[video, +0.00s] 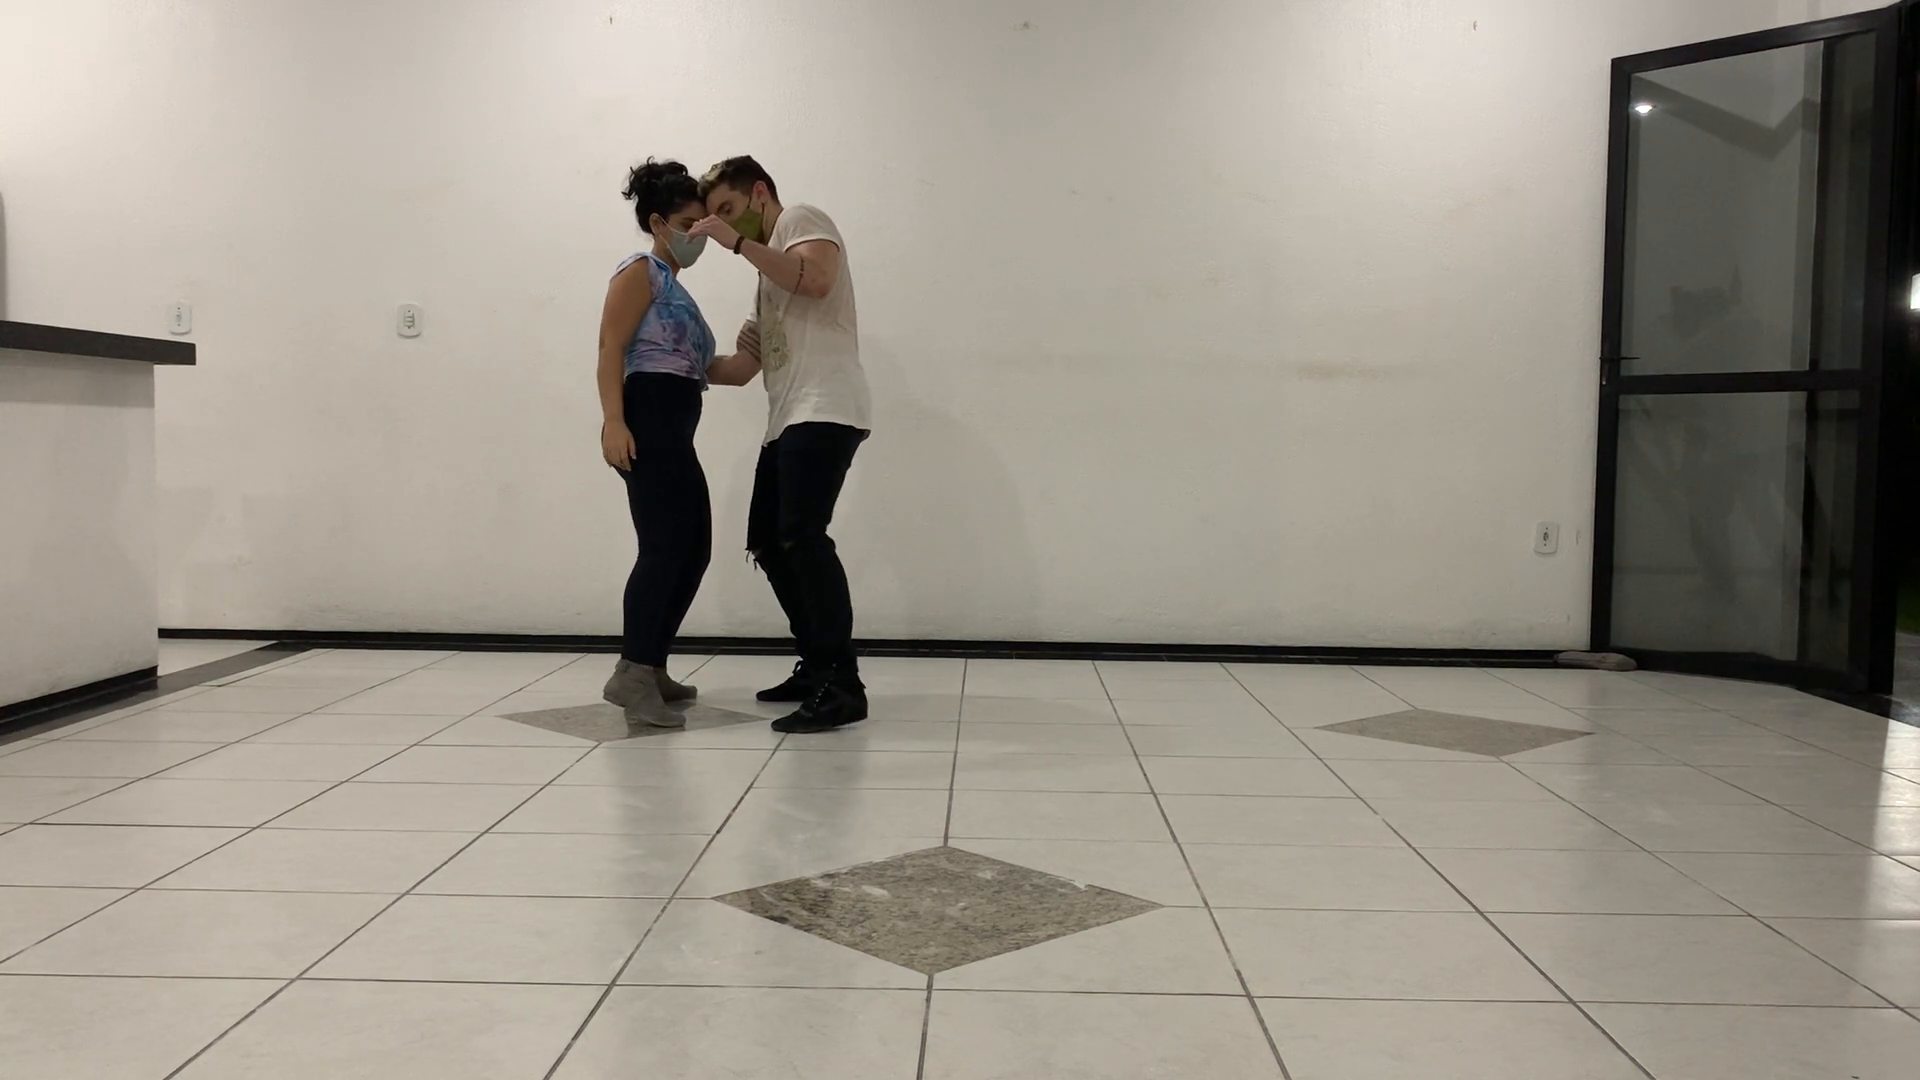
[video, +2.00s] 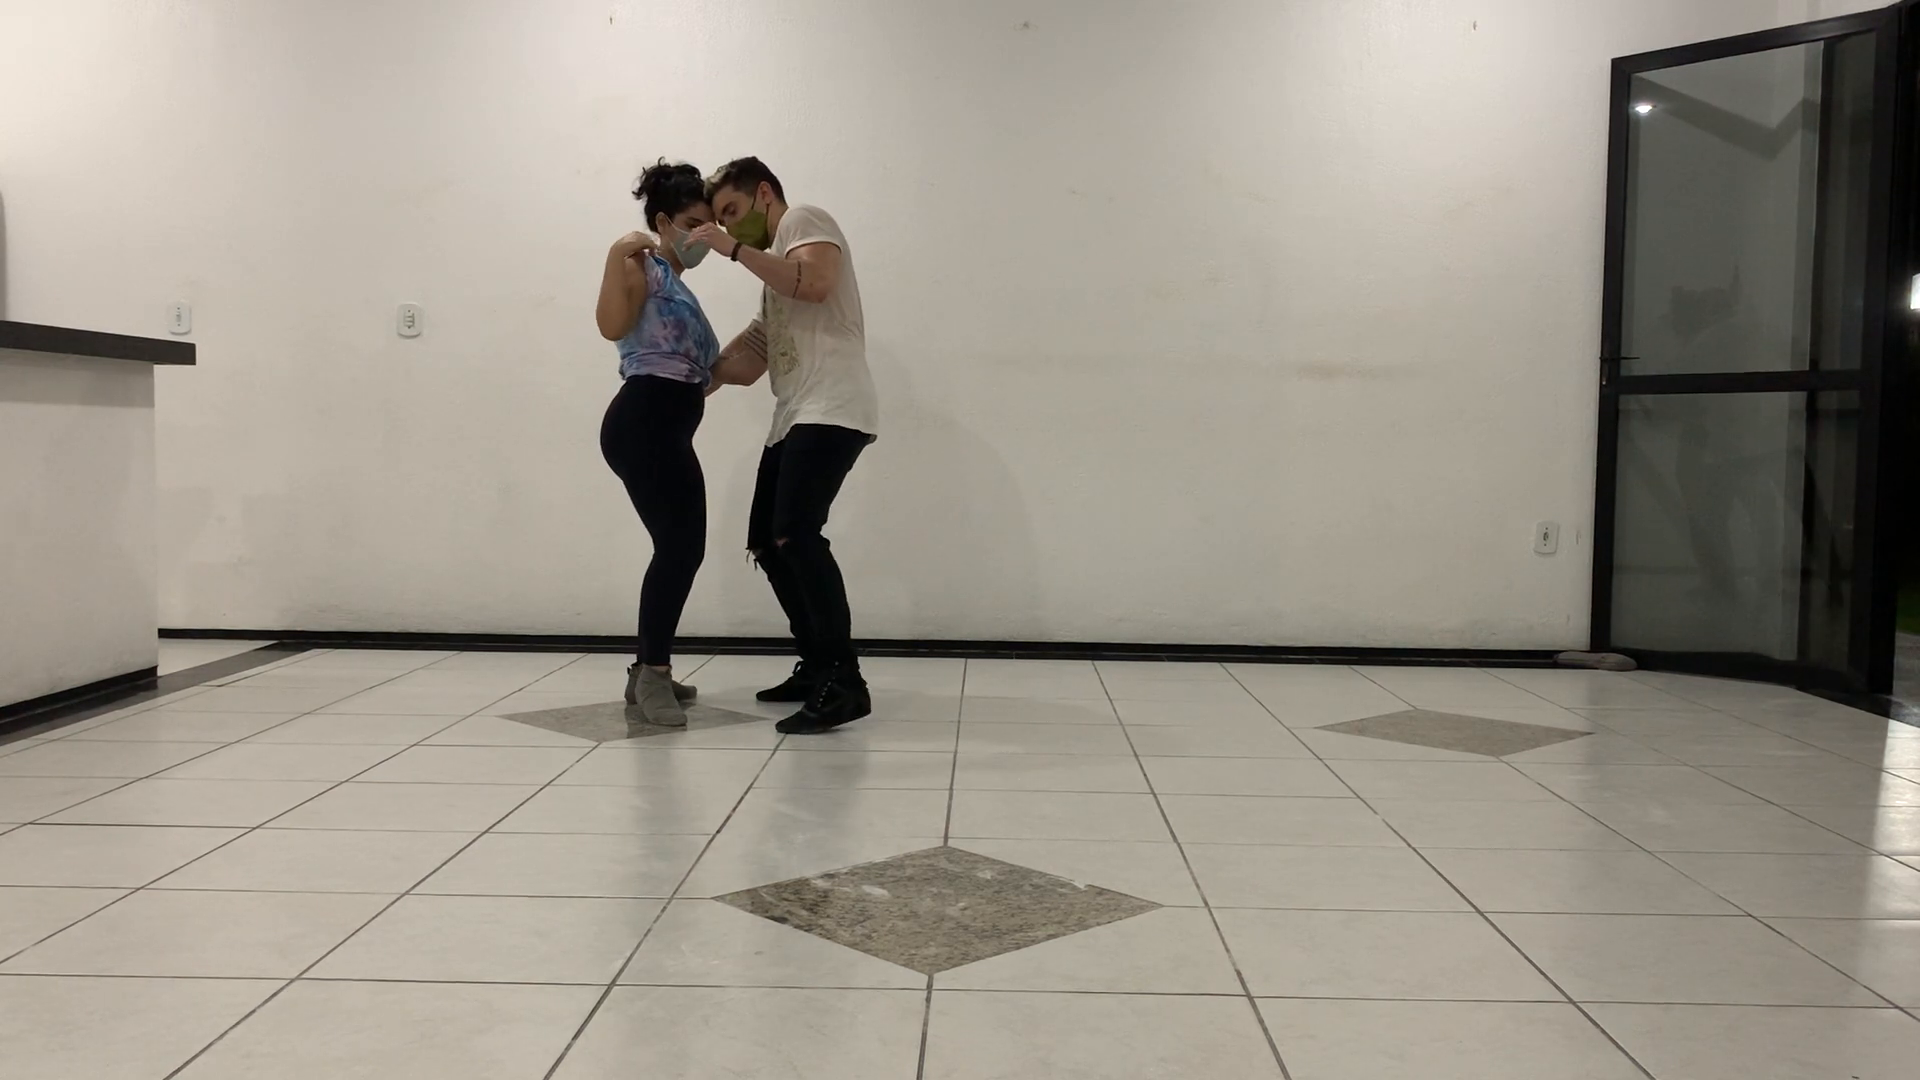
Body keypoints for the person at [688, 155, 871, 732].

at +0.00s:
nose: (726, 228)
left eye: (729, 213)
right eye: (718, 220)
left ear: (762, 193)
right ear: (738, 216)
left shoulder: (803, 219)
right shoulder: (768, 284)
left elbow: (814, 279)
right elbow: (739, 368)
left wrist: (736, 242)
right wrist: (672, 357)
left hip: (826, 408)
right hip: (788, 418)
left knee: (801, 534)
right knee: (767, 540)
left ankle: (842, 687)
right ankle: (817, 668)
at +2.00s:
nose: (730, 231)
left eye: (732, 214)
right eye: (722, 222)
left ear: (766, 194)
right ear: (748, 214)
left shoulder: (808, 220)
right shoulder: (775, 285)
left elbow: (812, 284)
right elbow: (744, 364)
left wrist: (735, 249)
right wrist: (682, 362)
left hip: (834, 406)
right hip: (794, 415)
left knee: (795, 532)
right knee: (767, 541)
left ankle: (845, 682)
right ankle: (816, 665)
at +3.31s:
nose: (707, 197)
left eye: (708, 181)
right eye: (701, 188)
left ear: (739, 159)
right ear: (741, 166)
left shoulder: (792, 192)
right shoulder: (772, 233)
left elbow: (786, 282)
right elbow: (709, 312)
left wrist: (697, 240)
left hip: (867, 392)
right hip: (864, 395)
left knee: (844, 541)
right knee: (858, 542)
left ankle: (831, 699)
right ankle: (833, 695)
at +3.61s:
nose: (689, 204)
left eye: (689, 189)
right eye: (683, 195)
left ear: (720, 165)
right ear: (722, 171)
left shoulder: (780, 196)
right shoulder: (756, 234)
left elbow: (798, 281)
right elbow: (682, 306)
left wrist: (702, 254)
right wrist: (596, 319)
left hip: (860, 396)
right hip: (874, 393)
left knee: (842, 551)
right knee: (895, 540)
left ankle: (824, 701)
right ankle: (928, 690)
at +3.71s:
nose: (683, 203)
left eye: (684, 185)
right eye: (676, 193)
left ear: (714, 160)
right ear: (714, 169)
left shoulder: (778, 193)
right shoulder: (745, 240)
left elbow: (801, 275)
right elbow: (675, 310)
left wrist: (705, 250)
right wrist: (590, 320)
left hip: (855, 396)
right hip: (853, 397)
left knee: (835, 546)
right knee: (873, 536)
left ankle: (825, 699)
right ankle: (963, 665)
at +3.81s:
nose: (677, 203)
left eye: (677, 186)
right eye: (672, 194)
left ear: (711, 163)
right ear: (709, 172)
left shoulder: (776, 193)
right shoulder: (739, 241)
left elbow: (802, 273)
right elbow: (670, 316)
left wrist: (703, 244)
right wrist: (577, 320)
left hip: (852, 393)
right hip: (824, 400)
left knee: (825, 543)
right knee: (832, 540)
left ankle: (825, 703)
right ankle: (978, 579)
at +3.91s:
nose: (672, 201)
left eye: (673, 184)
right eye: (666, 192)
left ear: (707, 160)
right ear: (701, 171)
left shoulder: (774, 194)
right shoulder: (730, 245)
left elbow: (801, 274)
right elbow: (667, 322)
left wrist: (707, 245)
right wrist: (583, 350)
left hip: (847, 392)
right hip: (804, 402)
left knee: (812, 537)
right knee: (783, 534)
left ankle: (824, 701)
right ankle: (930, 496)